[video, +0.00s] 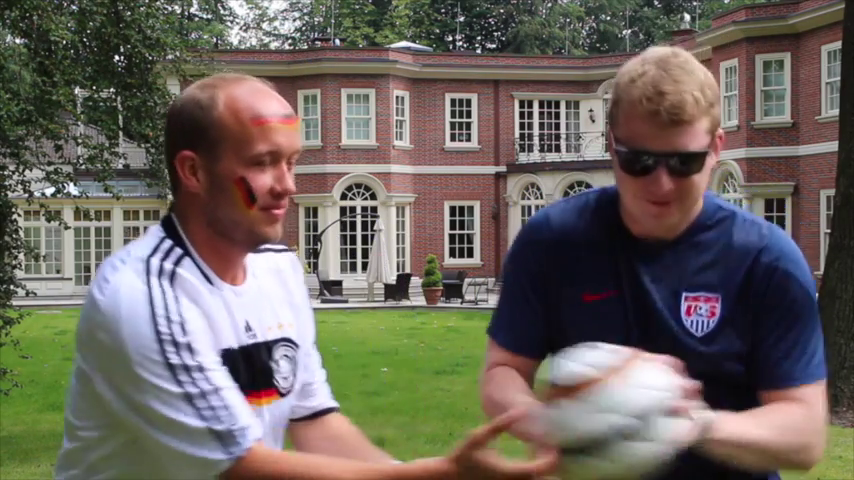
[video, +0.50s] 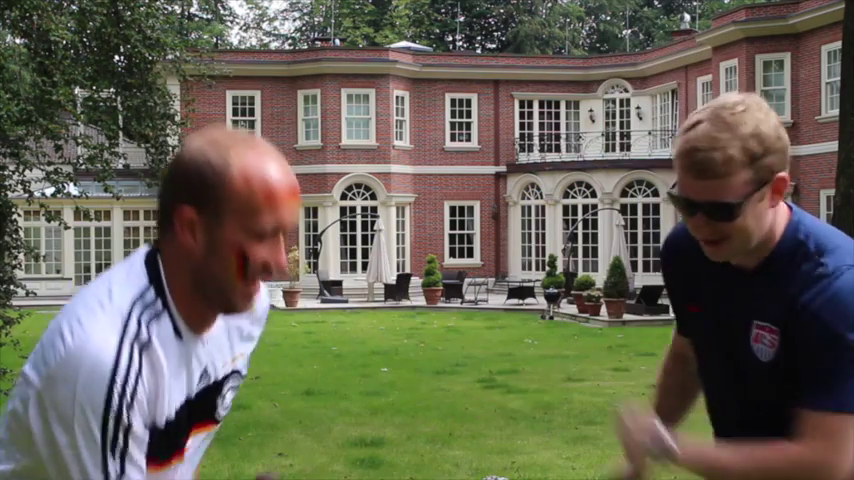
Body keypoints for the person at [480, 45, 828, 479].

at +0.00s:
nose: (661, 183)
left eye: (684, 161)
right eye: (638, 160)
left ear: (716, 148)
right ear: (611, 145)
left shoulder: (768, 259)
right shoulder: (552, 238)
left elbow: (804, 433)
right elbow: (503, 371)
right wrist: (546, 425)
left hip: (720, 466)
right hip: (587, 465)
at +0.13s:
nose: (692, 182)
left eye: (716, 162)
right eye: (670, 158)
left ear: (748, 138)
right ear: (646, 136)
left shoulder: (777, 256)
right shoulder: (590, 212)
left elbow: (693, 414)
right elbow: (535, 344)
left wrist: (516, 401)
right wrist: (434, 412)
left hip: (740, 472)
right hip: (619, 469)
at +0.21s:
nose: (714, 176)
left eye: (739, 155)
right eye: (693, 150)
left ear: (771, 133)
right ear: (675, 126)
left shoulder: (784, 249)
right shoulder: (620, 197)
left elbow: (640, 362)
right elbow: (550, 325)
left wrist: (456, 373)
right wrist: (442, 385)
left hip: (763, 469)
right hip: (643, 467)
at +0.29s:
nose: (720, 182)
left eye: (744, 160)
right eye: (700, 156)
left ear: (781, 140)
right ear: (683, 130)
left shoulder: (798, 255)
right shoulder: (645, 203)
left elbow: (650, 374)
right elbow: (586, 320)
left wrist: (486, 330)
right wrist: (479, 370)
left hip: (778, 467)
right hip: (666, 466)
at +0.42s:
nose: (716, 211)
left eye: (738, 191)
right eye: (698, 187)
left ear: (785, 172)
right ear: (683, 167)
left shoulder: (824, 279)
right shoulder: (677, 234)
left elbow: (728, 437)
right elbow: (660, 334)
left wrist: (587, 361)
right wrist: (560, 408)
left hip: (815, 469)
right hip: (714, 464)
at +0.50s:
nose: (700, 225)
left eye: (720, 211)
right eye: (686, 205)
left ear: (776, 192)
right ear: (677, 189)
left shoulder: (833, 283)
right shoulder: (683, 252)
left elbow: (829, 459)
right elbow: (687, 353)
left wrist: (675, 449)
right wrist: (651, 444)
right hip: (742, 467)